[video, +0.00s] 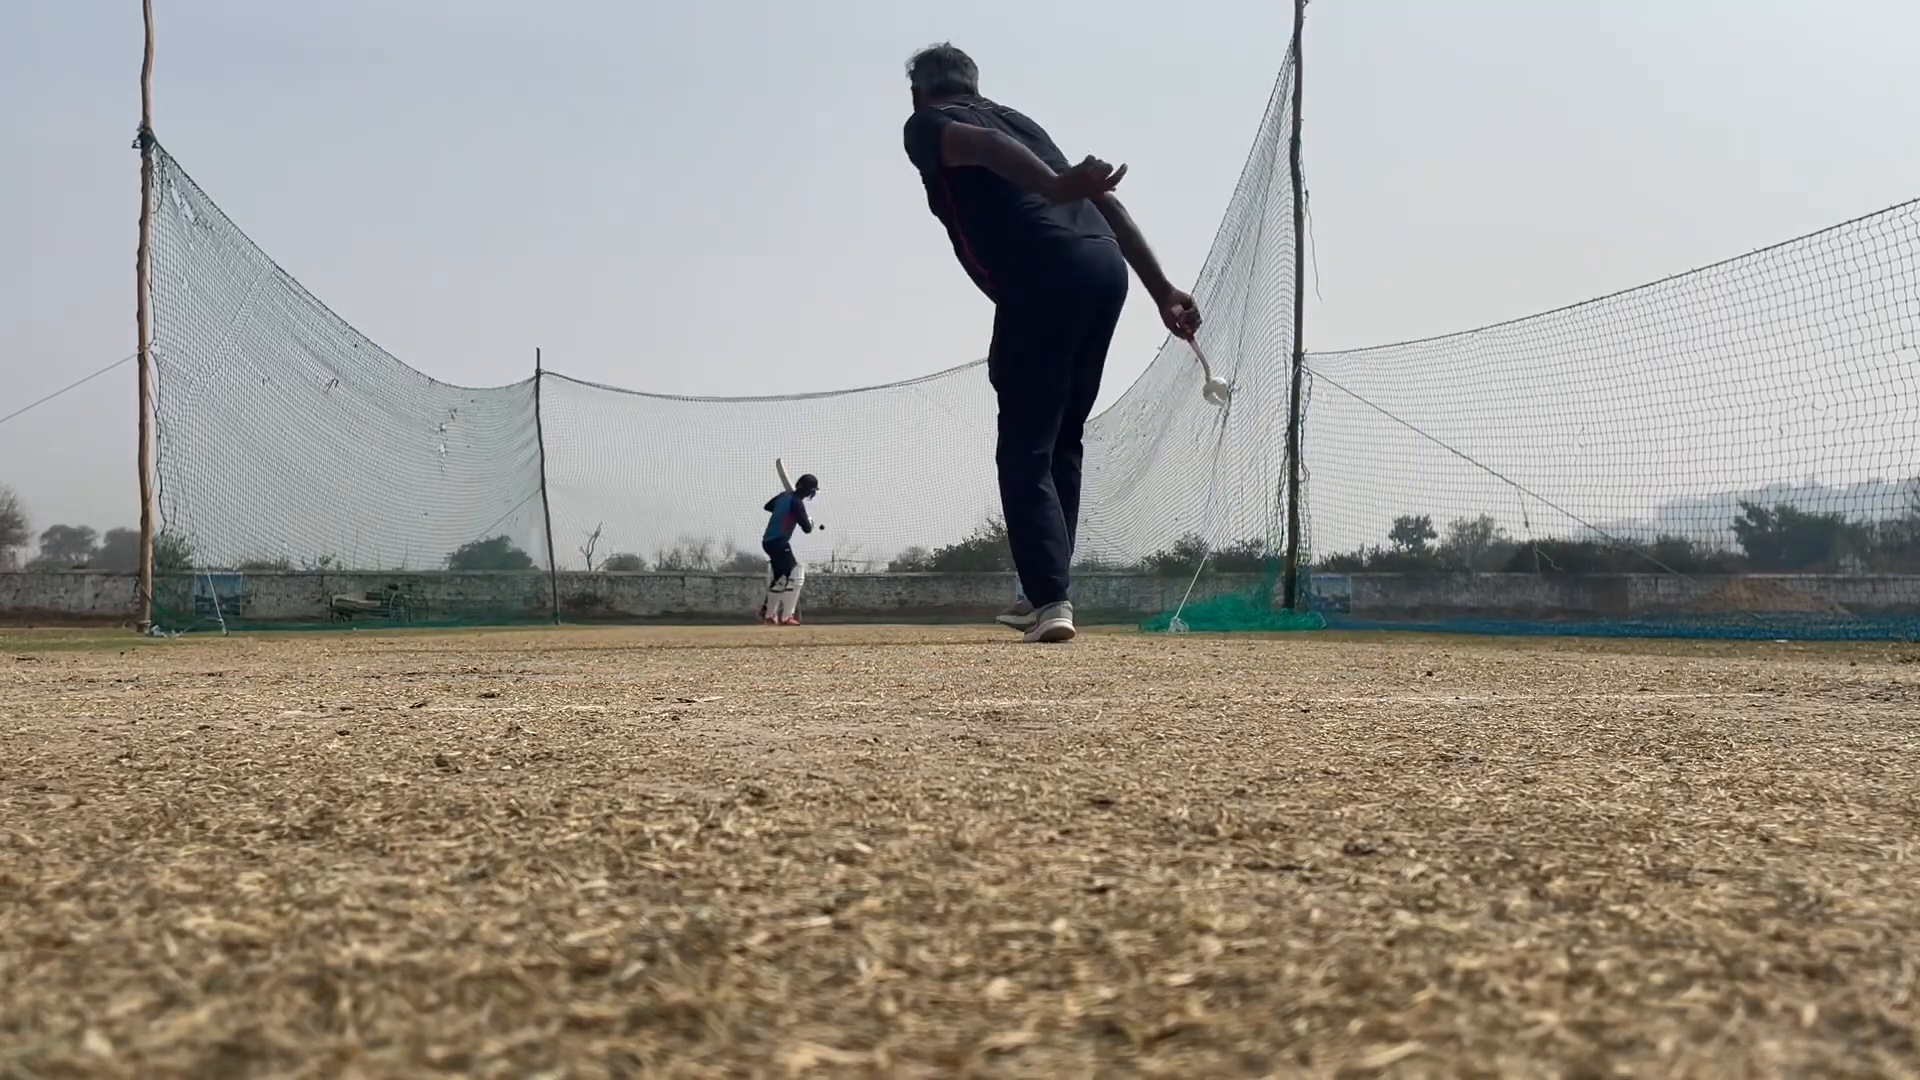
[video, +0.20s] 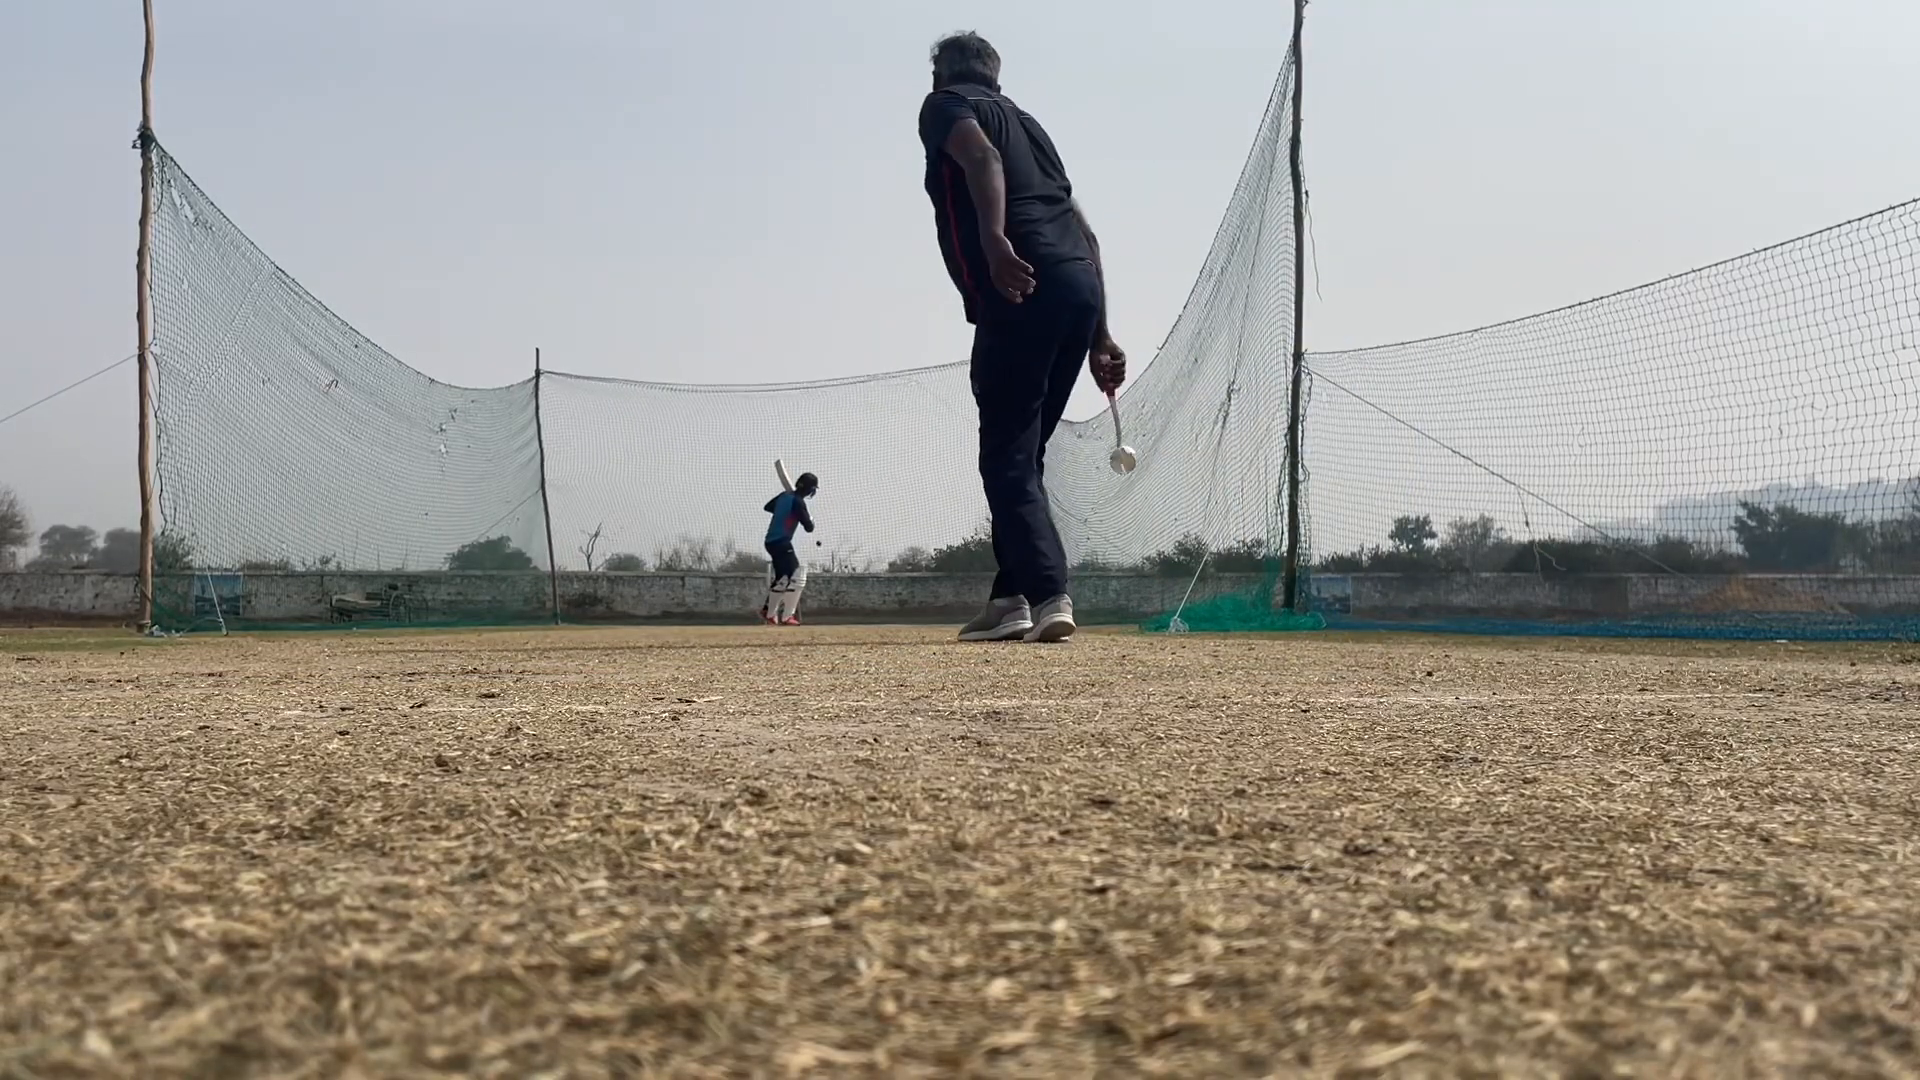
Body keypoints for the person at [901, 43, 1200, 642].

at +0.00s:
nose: (916, 102)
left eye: (915, 94)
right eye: (918, 94)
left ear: (919, 91)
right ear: (974, 86)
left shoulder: (925, 123)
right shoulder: (1022, 124)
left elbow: (986, 146)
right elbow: (1104, 202)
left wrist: (1056, 185)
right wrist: (1162, 288)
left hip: (1042, 275)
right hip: (1105, 270)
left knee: (1024, 447)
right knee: (1064, 440)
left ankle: (1050, 603)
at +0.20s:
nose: (933, 82)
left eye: (934, 73)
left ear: (939, 71)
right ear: (994, 75)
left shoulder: (945, 101)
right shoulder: (1029, 127)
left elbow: (983, 158)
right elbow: (1079, 231)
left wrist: (995, 244)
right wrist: (1099, 331)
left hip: (1022, 290)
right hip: (1079, 289)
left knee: (1006, 453)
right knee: (1022, 451)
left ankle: (1049, 598)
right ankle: (1008, 599)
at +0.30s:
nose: (940, 79)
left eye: (942, 70)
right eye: (945, 70)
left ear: (948, 67)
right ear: (1004, 74)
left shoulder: (950, 99)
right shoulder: (1029, 121)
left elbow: (972, 181)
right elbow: (1045, 207)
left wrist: (932, 285)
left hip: (1013, 291)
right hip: (1068, 290)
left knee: (997, 452)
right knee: (1015, 450)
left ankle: (1047, 593)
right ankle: (1009, 599)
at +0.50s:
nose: (956, 66)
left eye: (958, 57)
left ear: (961, 56)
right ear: (1018, 64)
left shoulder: (954, 96)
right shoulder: (1049, 125)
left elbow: (943, 189)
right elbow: (1074, 239)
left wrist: (897, 248)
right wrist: (1005, 259)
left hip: (997, 299)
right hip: (1059, 300)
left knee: (983, 450)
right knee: (1015, 448)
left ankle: (1044, 584)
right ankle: (1007, 597)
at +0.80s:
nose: (983, 43)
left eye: (983, 34)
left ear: (982, 37)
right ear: (1043, 46)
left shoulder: (962, 85)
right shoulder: (1075, 113)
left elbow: (944, 188)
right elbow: (1106, 228)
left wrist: (913, 278)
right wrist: (1077, 299)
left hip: (991, 297)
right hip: (1060, 298)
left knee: (994, 441)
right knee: (1022, 442)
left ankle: (1035, 591)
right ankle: (1004, 597)